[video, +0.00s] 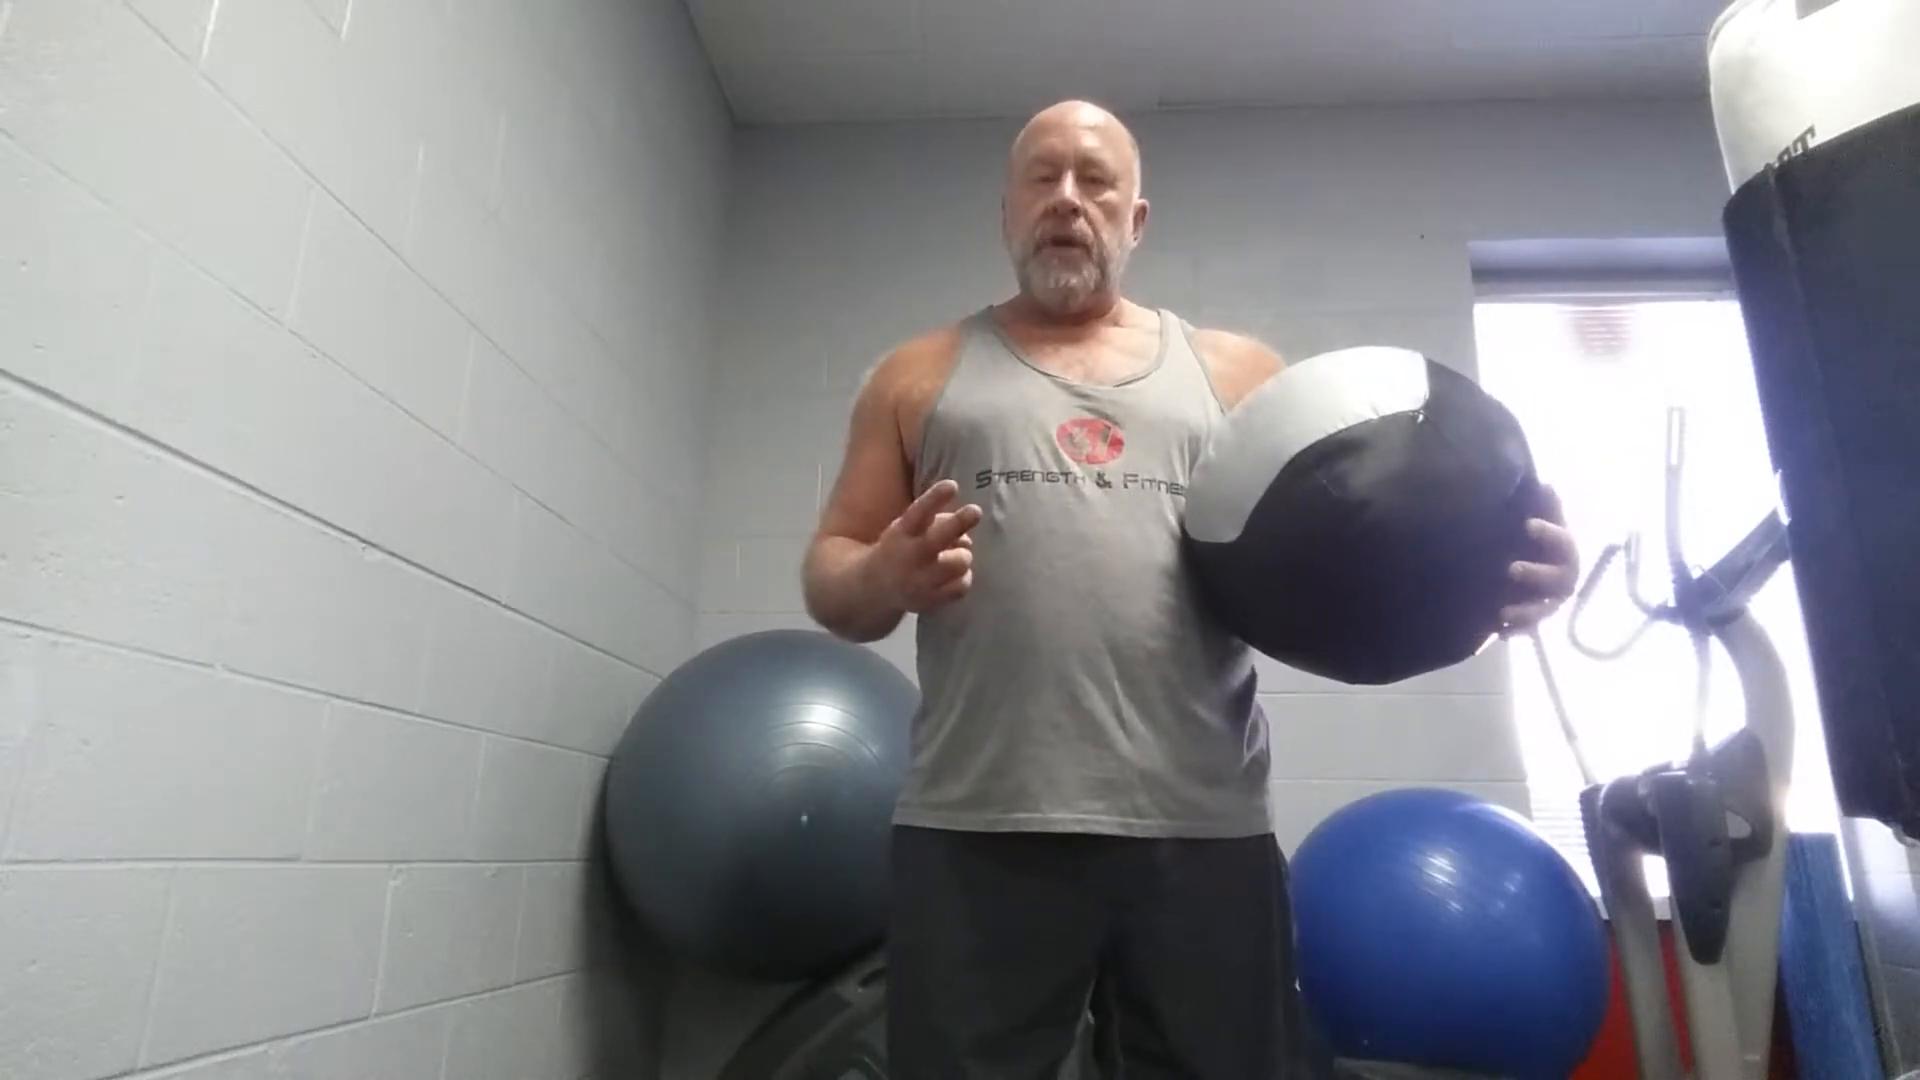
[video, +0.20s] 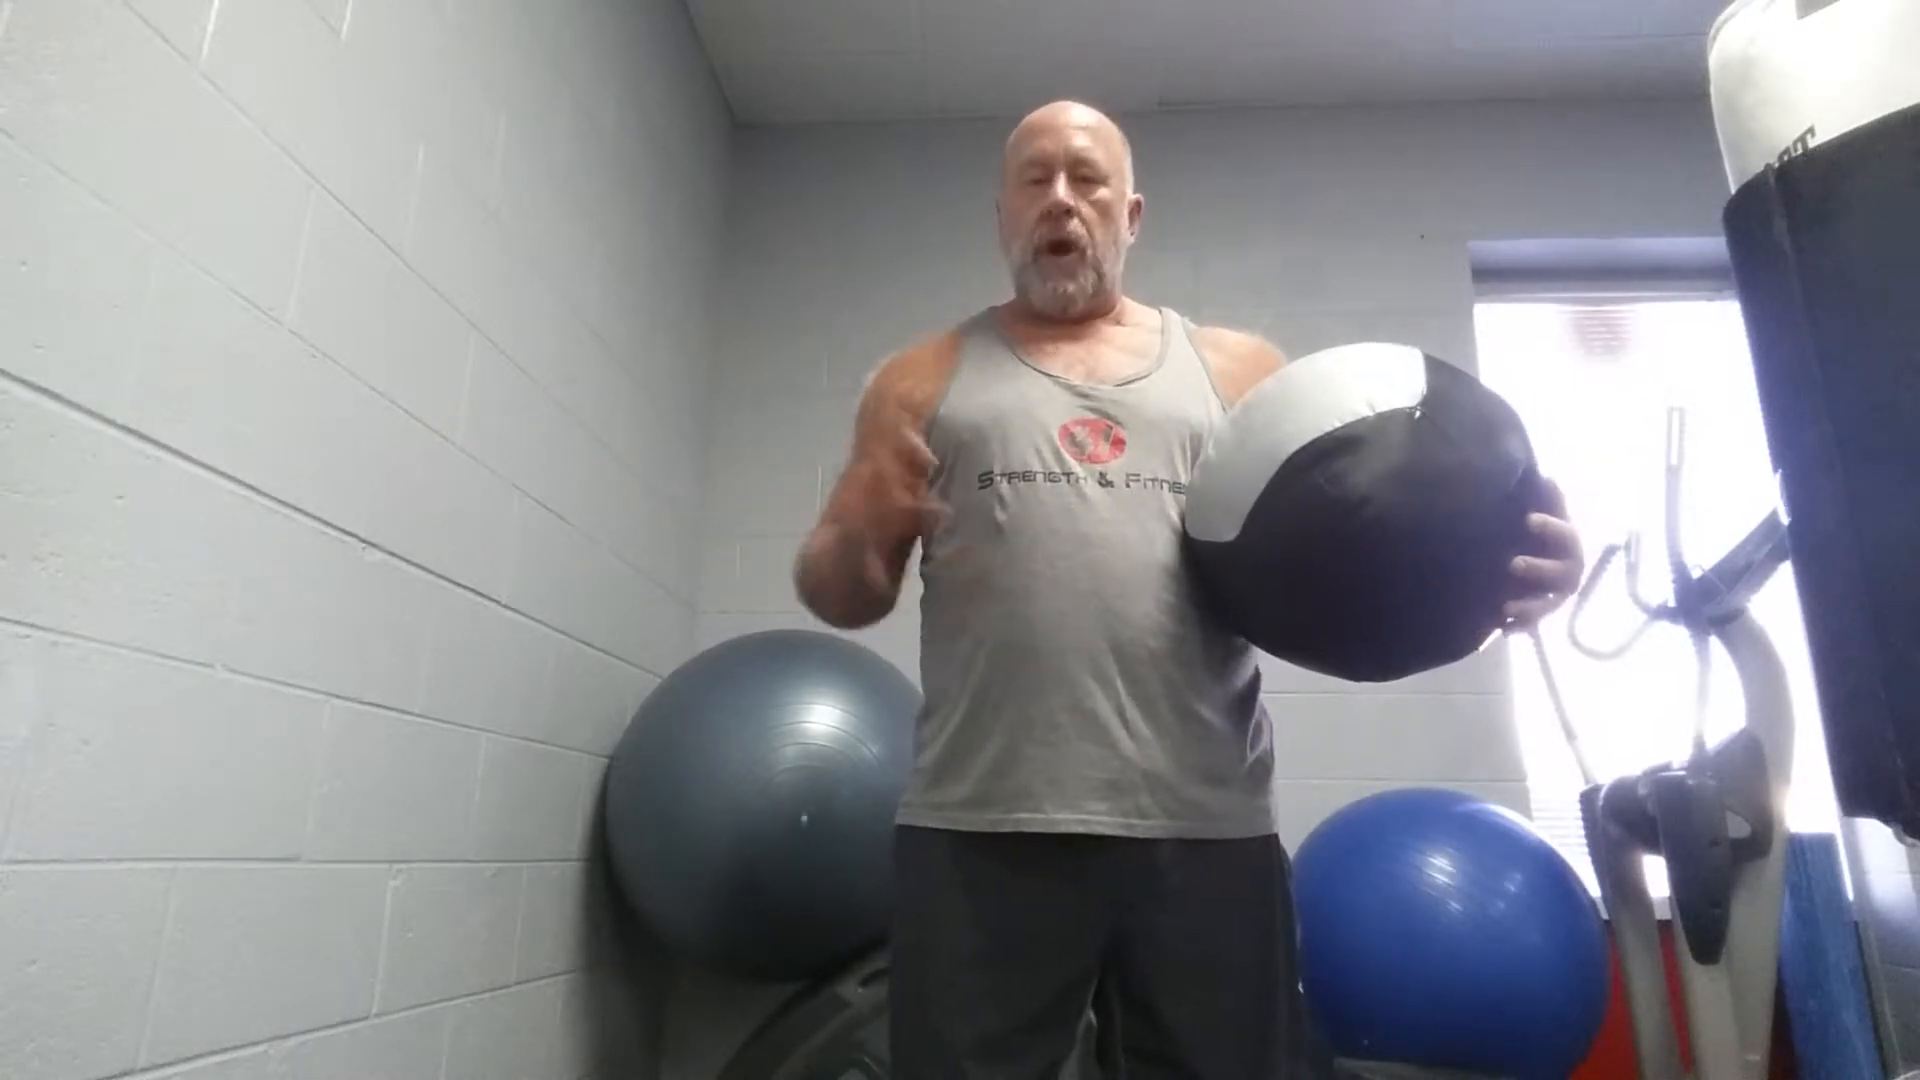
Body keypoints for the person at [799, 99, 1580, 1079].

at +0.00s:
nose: (1065, 197)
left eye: (1095, 178)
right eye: (1041, 175)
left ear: (1137, 217)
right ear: (1003, 209)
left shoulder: (1235, 370)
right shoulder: (916, 377)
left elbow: (1370, 536)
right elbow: (832, 590)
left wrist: (1515, 570)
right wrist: (881, 578)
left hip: (1204, 836)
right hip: (976, 834)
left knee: (1229, 1072)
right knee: (961, 1070)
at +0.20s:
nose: (1058, 199)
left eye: (1086, 178)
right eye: (1034, 178)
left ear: (1133, 212)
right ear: (998, 213)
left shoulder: (1236, 368)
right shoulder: (919, 381)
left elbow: (1377, 529)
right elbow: (842, 599)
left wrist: (1527, 564)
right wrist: (863, 525)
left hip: (1206, 834)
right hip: (979, 835)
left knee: (1231, 1068)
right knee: (967, 1068)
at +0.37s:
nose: (1060, 203)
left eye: (1086, 181)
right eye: (1035, 183)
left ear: (1136, 210)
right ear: (1000, 216)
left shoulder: (1245, 366)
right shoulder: (927, 384)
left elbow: (1383, 525)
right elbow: (824, 565)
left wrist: (1534, 557)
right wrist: (653, 498)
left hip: (1213, 840)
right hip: (986, 842)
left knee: (1254, 1073)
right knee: (970, 1074)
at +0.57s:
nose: (1059, 208)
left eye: (1088, 188)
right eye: (1035, 187)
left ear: (1136, 216)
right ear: (1004, 216)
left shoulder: (1251, 366)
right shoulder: (931, 388)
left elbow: (1375, 542)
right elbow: (852, 580)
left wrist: (1533, 564)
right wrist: (769, 477)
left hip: (1216, 834)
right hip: (991, 837)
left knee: (1248, 1071)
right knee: (974, 1068)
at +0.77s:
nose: (1074, 207)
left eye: (1104, 184)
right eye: (1051, 185)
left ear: (1152, 216)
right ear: (1018, 215)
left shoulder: (1259, 368)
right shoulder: (942, 387)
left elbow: (1388, 537)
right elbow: (863, 574)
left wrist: (1544, 564)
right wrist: (754, 489)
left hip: (1219, 836)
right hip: (993, 835)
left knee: (1247, 1075)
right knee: (969, 1072)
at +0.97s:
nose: (1098, 204)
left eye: (1126, 184)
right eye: (1073, 182)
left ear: (1168, 219)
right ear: (1032, 216)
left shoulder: (1268, 372)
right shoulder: (950, 384)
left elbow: (1390, 545)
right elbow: (854, 566)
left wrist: (1543, 573)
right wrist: (708, 491)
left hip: (1228, 842)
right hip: (997, 840)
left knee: (1250, 1073)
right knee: (974, 1074)